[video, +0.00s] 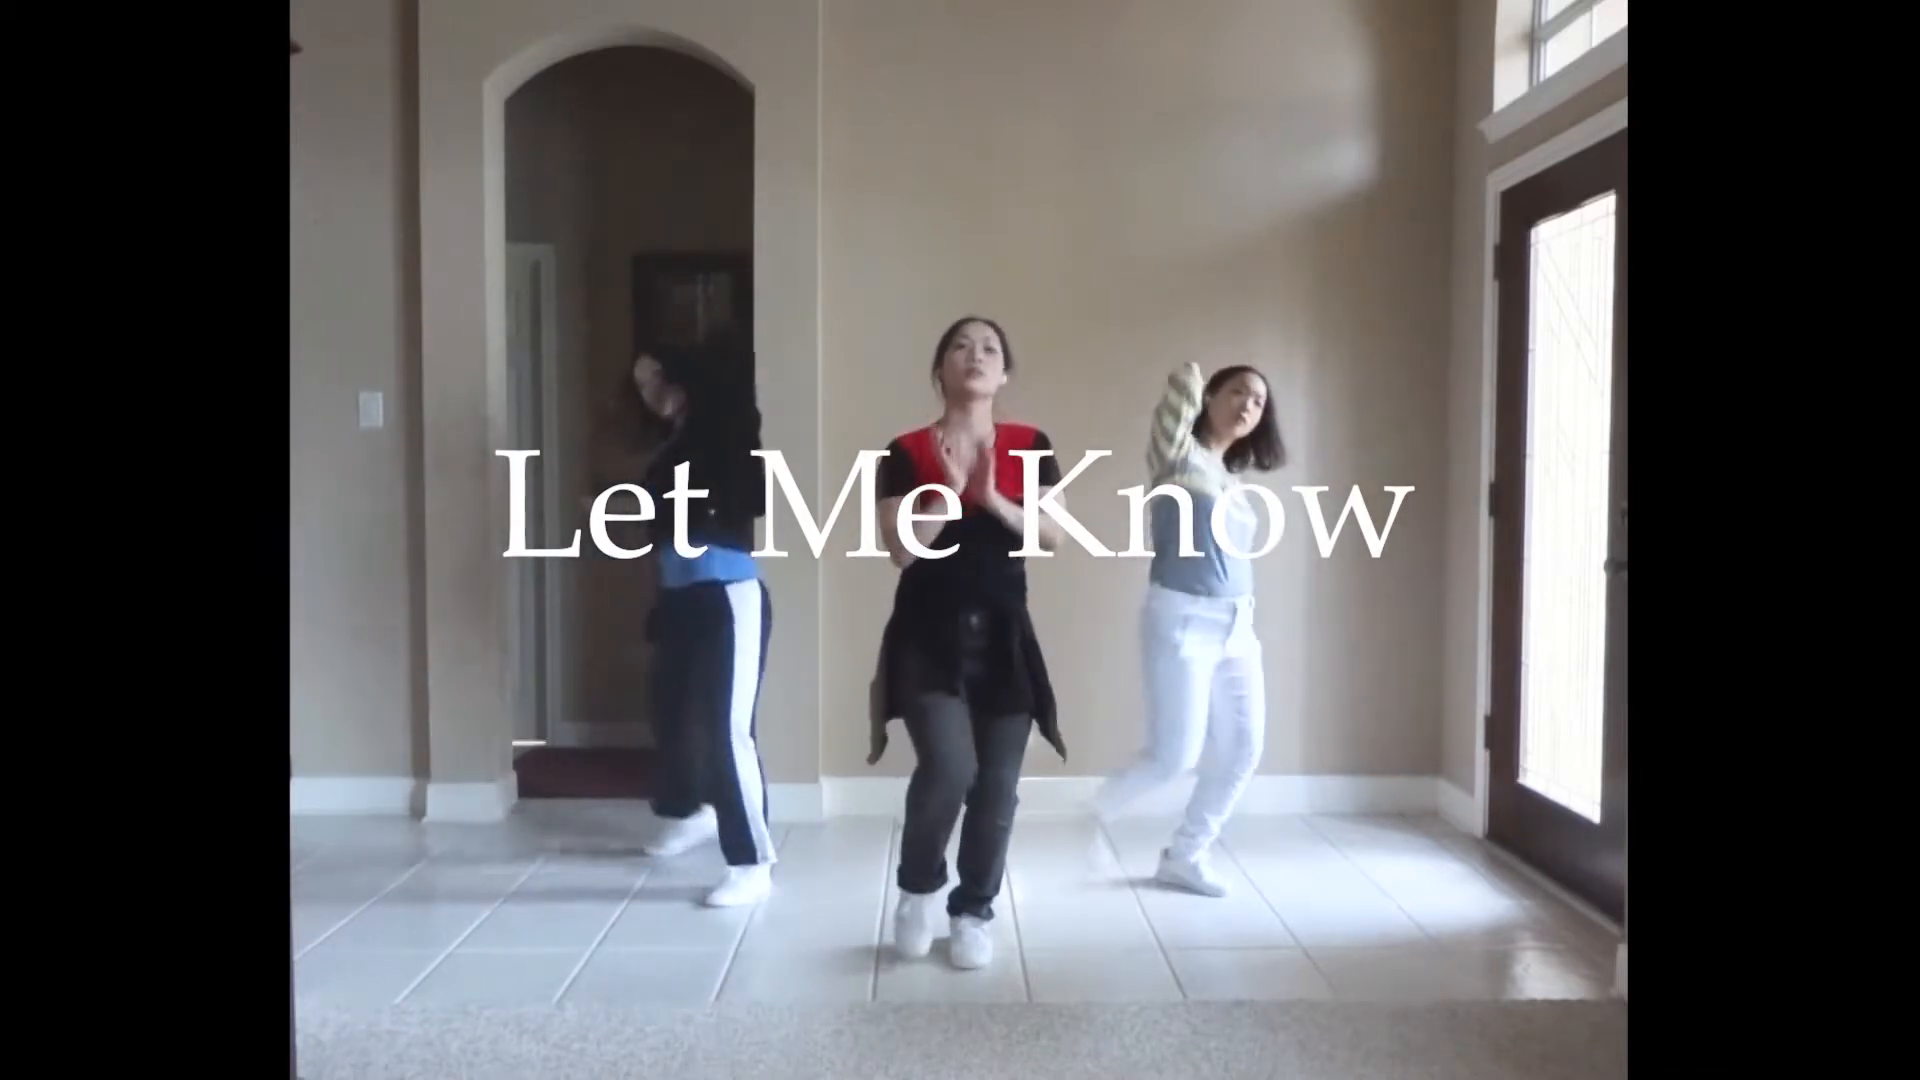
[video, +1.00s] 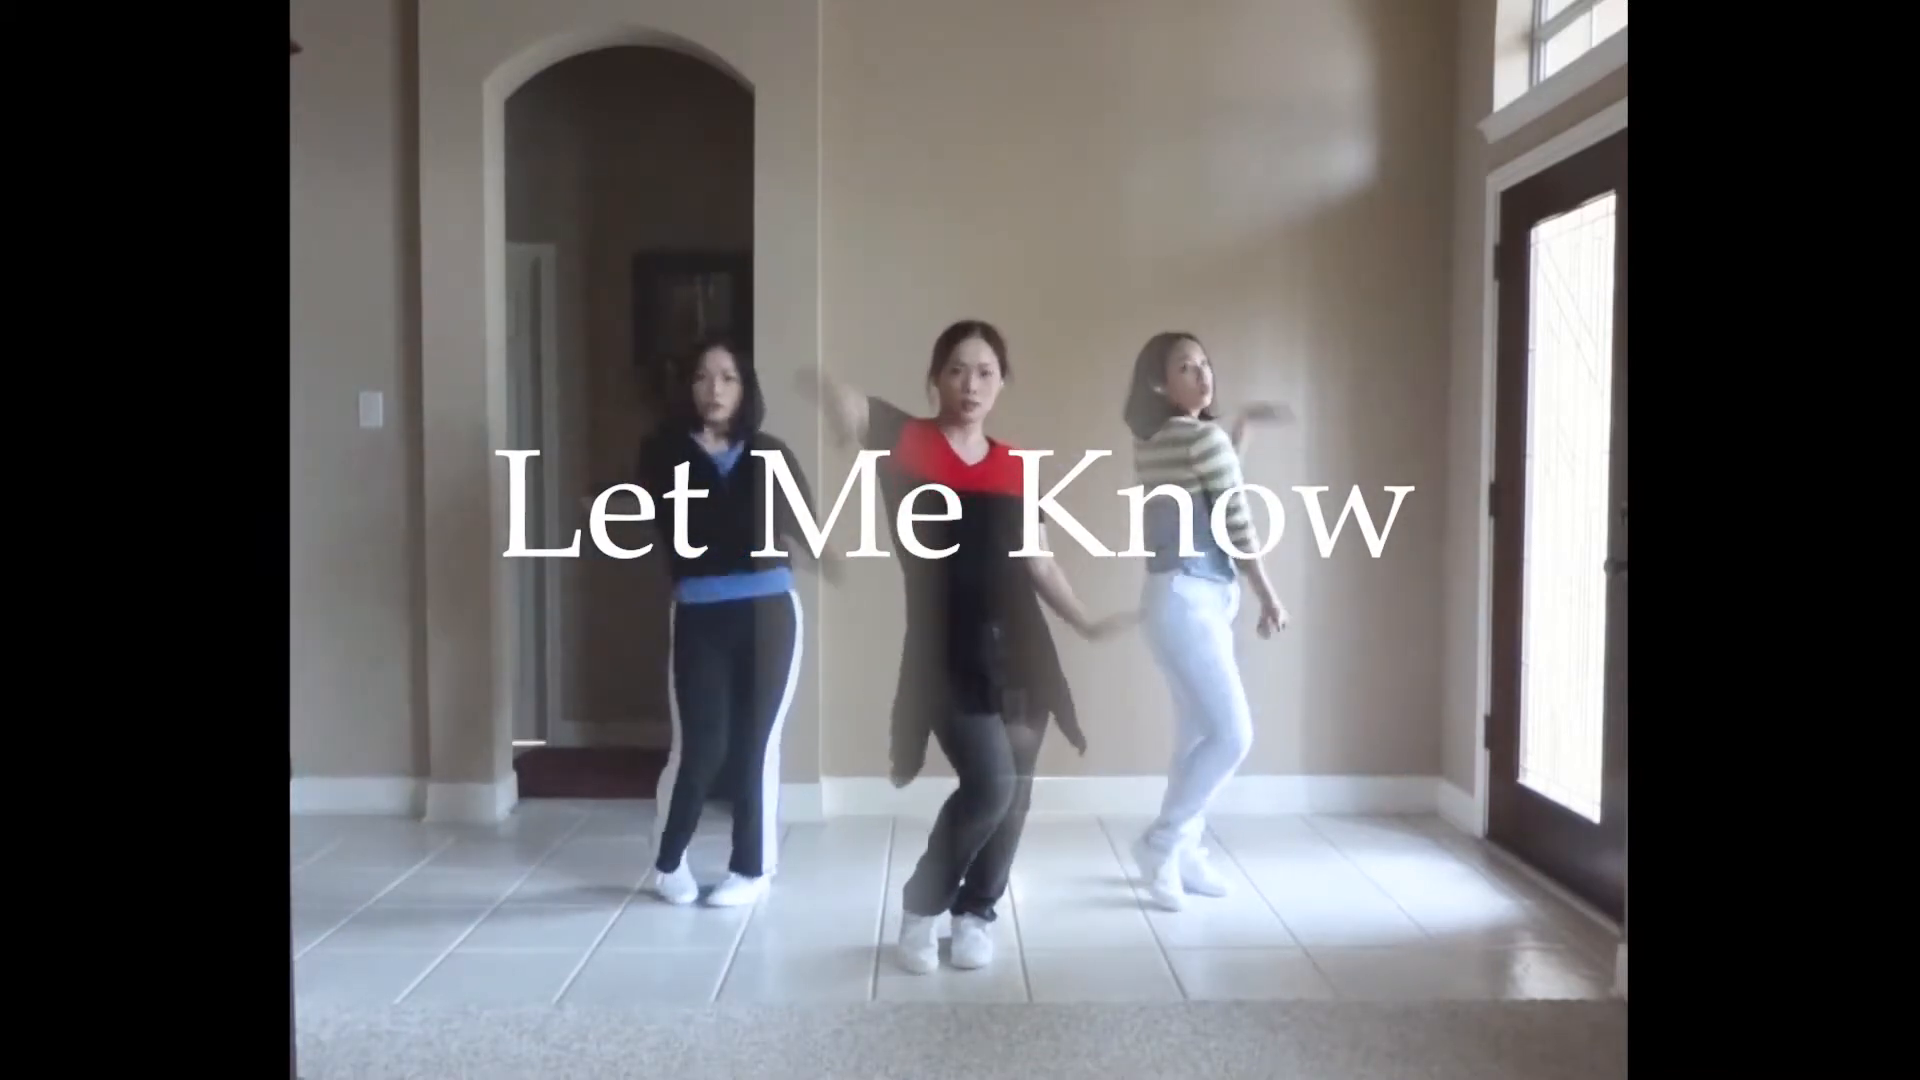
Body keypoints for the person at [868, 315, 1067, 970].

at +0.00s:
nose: (975, 355)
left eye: (988, 349)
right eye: (961, 346)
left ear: (1005, 375)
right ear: (938, 370)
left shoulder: (1028, 445)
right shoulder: (907, 452)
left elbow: (1055, 536)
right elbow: (899, 549)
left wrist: (993, 499)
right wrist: (942, 495)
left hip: (1004, 629)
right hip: (927, 629)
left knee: (998, 782)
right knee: (949, 768)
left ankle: (974, 913)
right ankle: (918, 888)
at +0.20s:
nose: (974, 351)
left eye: (987, 346)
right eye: (960, 343)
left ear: (1001, 373)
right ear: (935, 368)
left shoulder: (1027, 442)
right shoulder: (904, 454)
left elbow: (1052, 535)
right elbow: (899, 559)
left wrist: (1011, 568)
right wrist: (951, 561)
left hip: (1007, 629)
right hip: (931, 630)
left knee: (1002, 783)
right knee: (963, 777)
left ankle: (976, 914)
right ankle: (928, 905)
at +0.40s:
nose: (971, 353)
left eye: (984, 350)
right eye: (958, 343)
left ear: (996, 377)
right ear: (930, 365)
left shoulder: (1022, 441)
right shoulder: (902, 448)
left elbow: (1070, 532)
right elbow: (927, 544)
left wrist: (1100, 610)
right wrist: (986, 611)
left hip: (1011, 625)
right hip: (935, 627)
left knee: (999, 786)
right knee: (965, 779)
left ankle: (974, 913)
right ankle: (926, 908)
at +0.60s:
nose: (975, 356)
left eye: (987, 352)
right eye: (962, 345)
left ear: (999, 377)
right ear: (933, 364)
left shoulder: (1020, 440)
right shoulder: (900, 441)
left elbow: (1115, 465)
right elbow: (919, 536)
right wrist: (1009, 585)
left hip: (1008, 630)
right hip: (933, 632)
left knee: (1001, 788)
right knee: (965, 781)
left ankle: (973, 914)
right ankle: (919, 907)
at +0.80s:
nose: (972, 366)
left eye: (985, 357)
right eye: (959, 355)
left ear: (1002, 374)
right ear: (936, 367)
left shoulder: (1018, 460)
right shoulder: (903, 446)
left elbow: (1051, 546)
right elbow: (860, 510)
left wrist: (1107, 504)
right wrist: (901, 507)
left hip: (1014, 638)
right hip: (942, 639)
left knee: (1010, 786)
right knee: (972, 785)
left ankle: (975, 916)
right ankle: (920, 908)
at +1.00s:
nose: (970, 382)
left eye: (984, 372)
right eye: (957, 370)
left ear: (1001, 384)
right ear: (936, 379)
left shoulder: (1015, 467)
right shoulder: (908, 442)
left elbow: (1038, 558)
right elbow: (852, 410)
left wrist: (1085, 619)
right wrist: (836, 396)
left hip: (1017, 643)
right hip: (944, 644)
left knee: (1015, 789)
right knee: (991, 784)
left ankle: (976, 917)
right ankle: (922, 907)